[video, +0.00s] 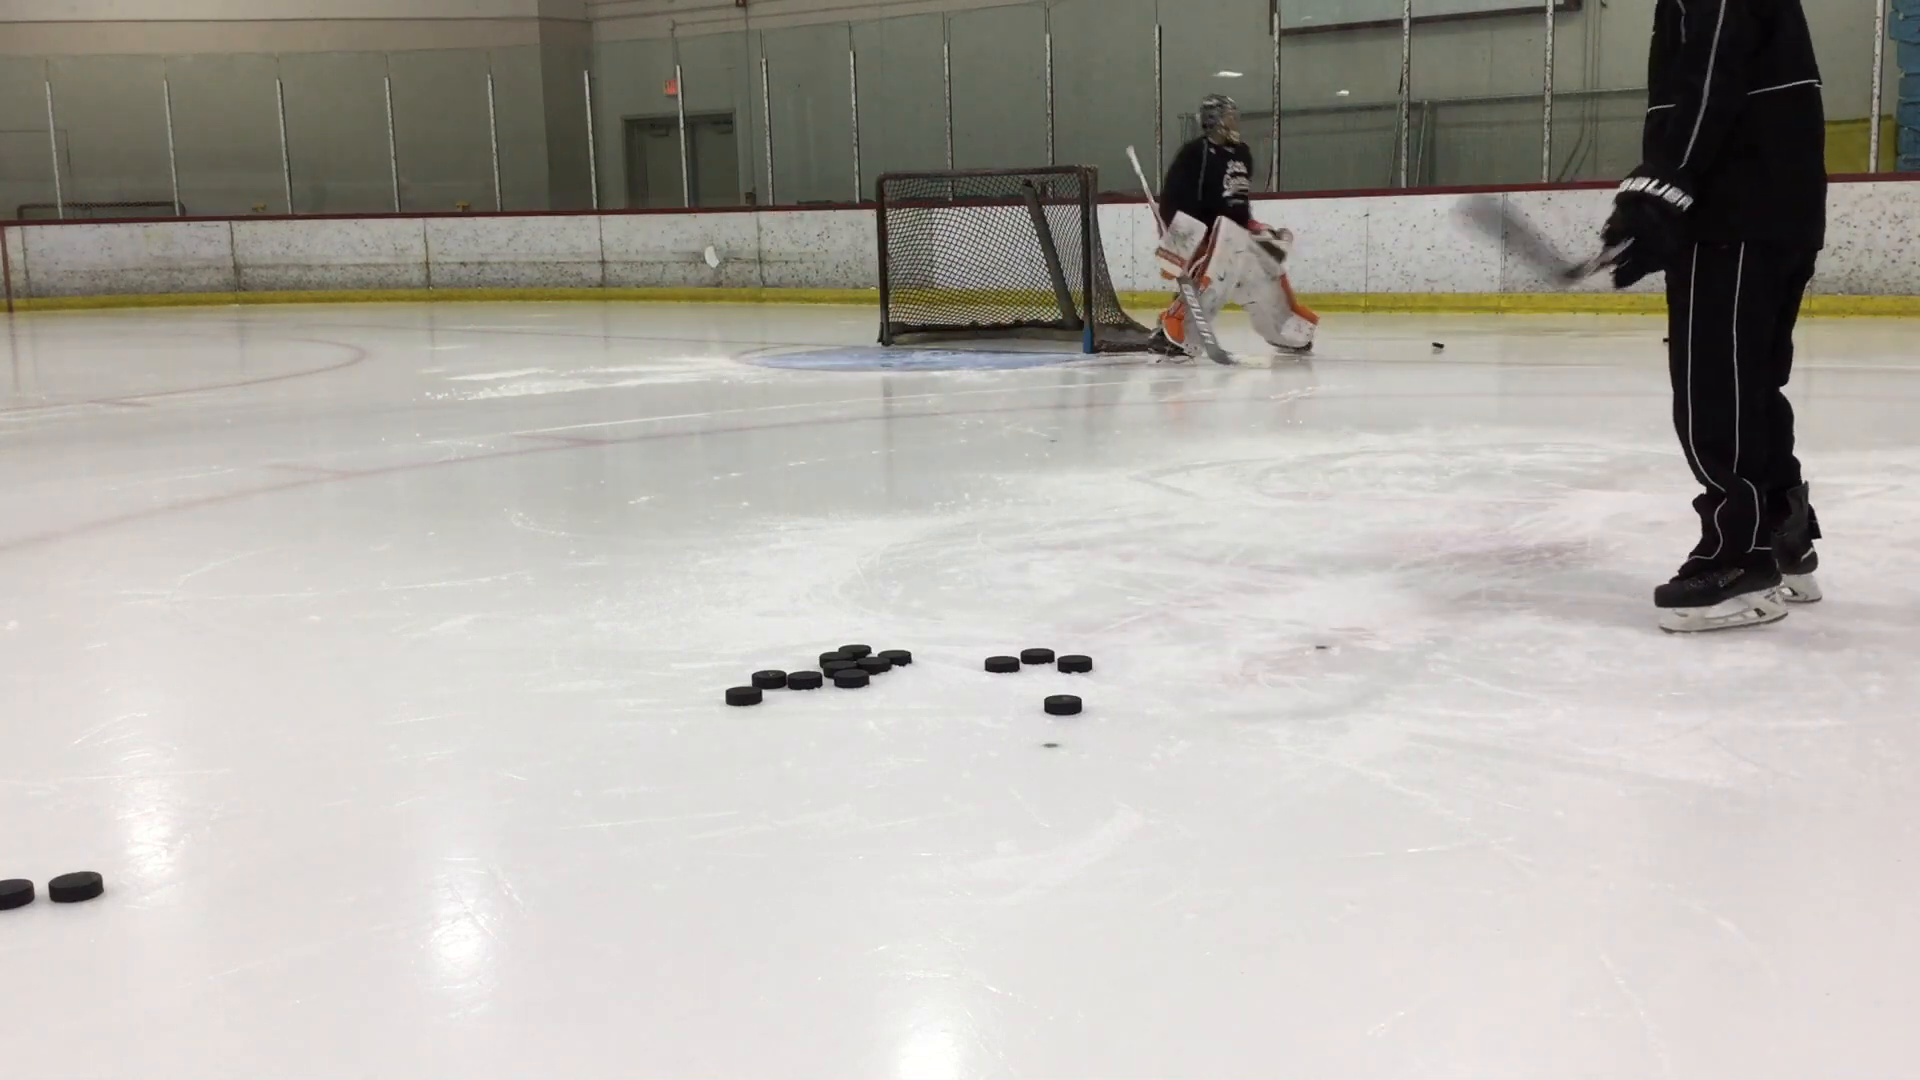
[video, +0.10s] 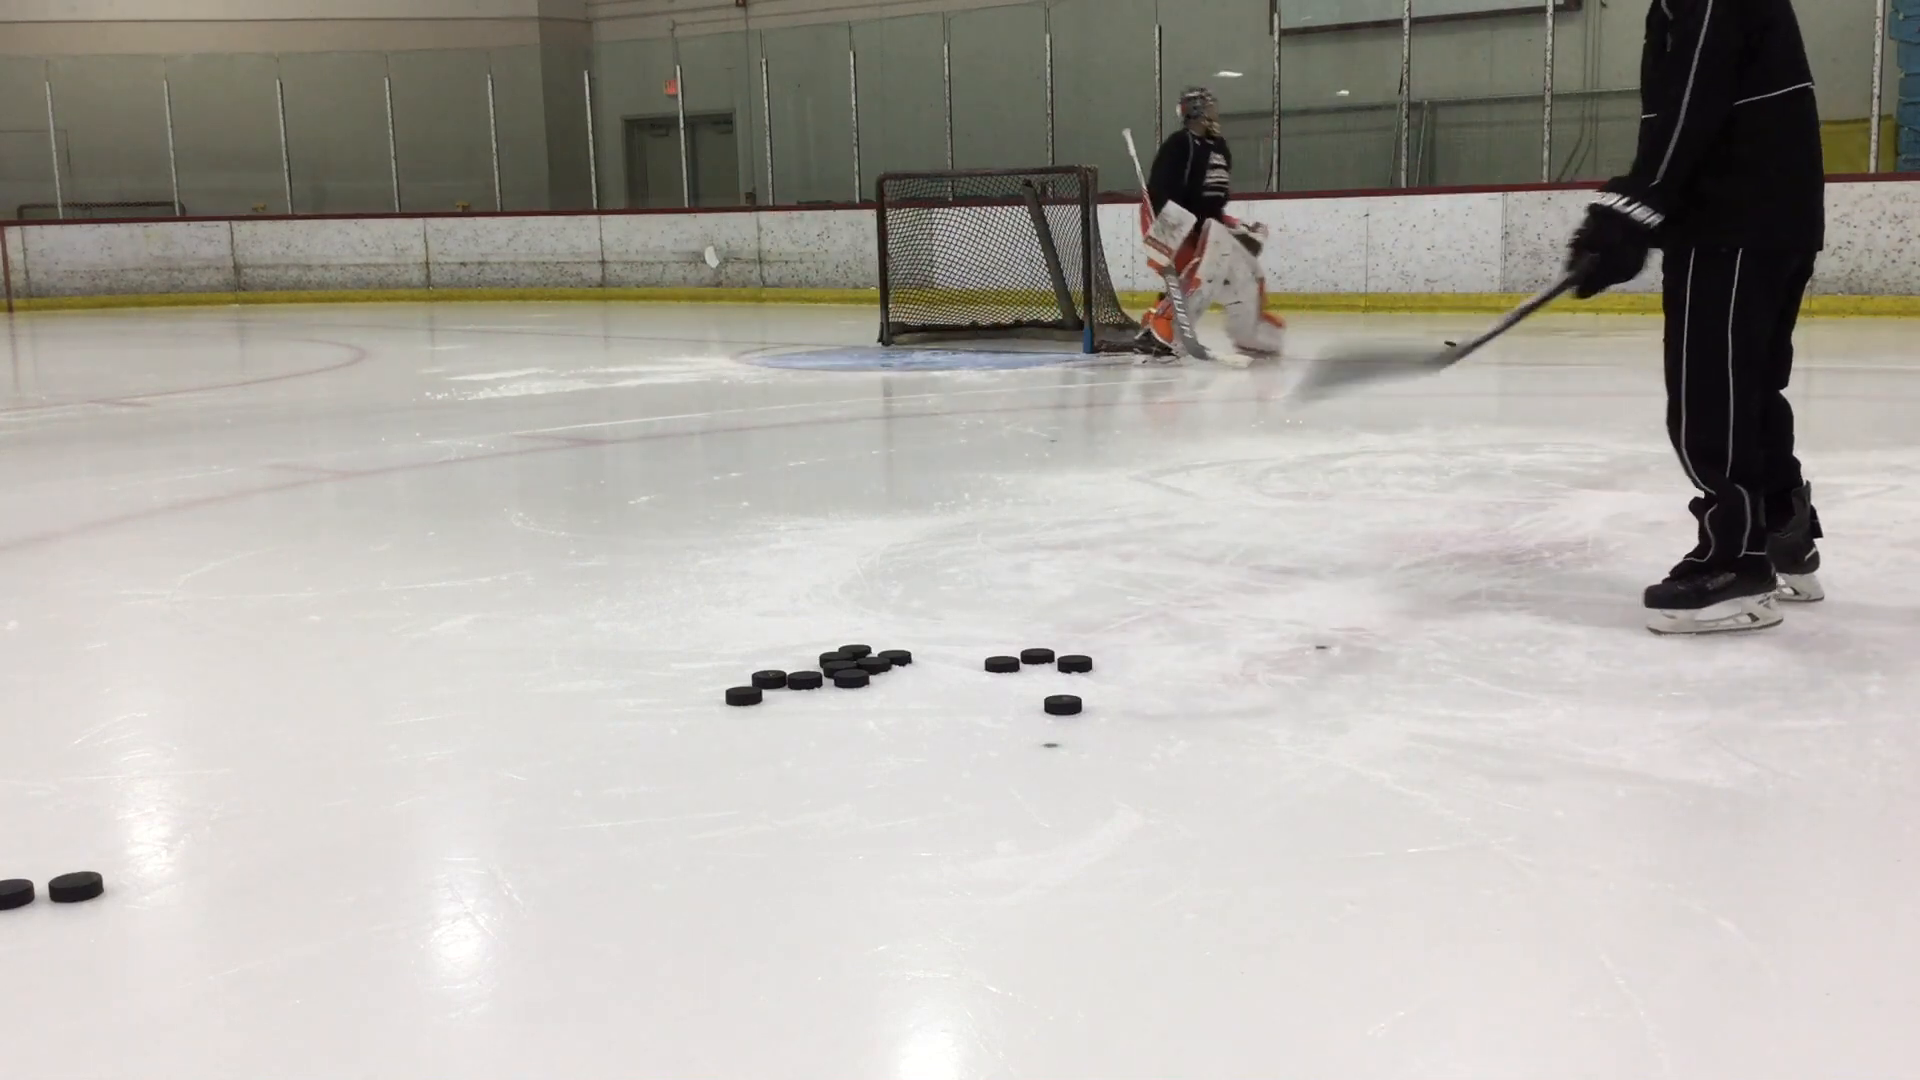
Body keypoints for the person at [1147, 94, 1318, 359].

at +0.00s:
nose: (1235, 121)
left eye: (1235, 116)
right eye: (1229, 117)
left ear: (1232, 118)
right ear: (1213, 120)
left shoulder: (1241, 152)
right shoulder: (1194, 153)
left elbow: (1237, 198)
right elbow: (1172, 203)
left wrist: (1249, 227)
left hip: (1234, 234)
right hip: (1202, 233)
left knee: (1262, 278)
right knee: (1212, 283)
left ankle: (1287, 332)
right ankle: (1173, 334)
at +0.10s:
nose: (1212, 113)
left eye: (1212, 107)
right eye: (1206, 108)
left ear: (1211, 110)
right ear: (1192, 112)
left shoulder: (1219, 146)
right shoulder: (1179, 144)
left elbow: (1217, 195)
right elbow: (1161, 192)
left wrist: (1226, 224)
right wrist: (1191, 225)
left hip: (1212, 229)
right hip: (1182, 228)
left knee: (1245, 271)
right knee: (1204, 275)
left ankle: (1249, 336)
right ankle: (1162, 332)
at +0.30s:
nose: (1169, 106)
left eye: (1170, 100)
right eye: (1163, 101)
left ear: (1173, 102)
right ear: (1159, 104)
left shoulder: (1182, 139)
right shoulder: (1149, 135)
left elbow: (1180, 180)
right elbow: (1132, 177)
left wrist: (1180, 211)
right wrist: (1143, 213)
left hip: (1172, 217)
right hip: (1148, 218)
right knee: (1151, 276)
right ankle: (1114, 332)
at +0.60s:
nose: (1128, 93)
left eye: (1129, 87)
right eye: (1121, 88)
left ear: (1127, 92)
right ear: (1110, 93)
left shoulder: (1140, 131)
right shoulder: (1099, 123)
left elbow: (1132, 185)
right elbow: (1072, 171)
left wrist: (1156, 208)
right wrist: (1078, 223)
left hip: (1130, 219)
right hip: (1100, 217)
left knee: (1142, 272)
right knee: (1089, 278)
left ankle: (1115, 330)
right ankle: (1052, 336)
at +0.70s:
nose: (1107, 92)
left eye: (1109, 87)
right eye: (1100, 87)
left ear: (1113, 90)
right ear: (1090, 92)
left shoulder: (1125, 127)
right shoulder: (1082, 119)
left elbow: (1117, 178)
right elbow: (1054, 157)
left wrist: (1144, 197)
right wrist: (1069, 200)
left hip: (1115, 216)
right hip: (1085, 212)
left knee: (1123, 275)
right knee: (1070, 276)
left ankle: (1101, 335)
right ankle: (1042, 336)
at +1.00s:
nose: (1071, 97)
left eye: (1073, 92)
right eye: (1065, 92)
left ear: (1075, 94)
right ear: (1049, 95)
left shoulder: (1084, 126)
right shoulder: (1029, 122)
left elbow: (1101, 160)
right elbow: (1014, 166)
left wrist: (1098, 168)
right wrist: (1054, 189)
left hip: (1074, 217)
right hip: (1035, 214)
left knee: (1083, 275)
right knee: (1020, 275)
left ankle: (1062, 333)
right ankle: (997, 337)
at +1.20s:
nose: (1045, 95)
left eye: (1048, 90)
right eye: (1038, 90)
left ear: (1052, 91)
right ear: (1023, 93)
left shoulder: (1064, 122)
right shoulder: (1006, 123)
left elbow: (1096, 151)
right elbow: (987, 165)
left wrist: (1090, 176)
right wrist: (1024, 189)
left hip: (1058, 217)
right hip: (1016, 217)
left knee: (1067, 275)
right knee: (1005, 276)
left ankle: (1048, 332)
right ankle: (989, 339)